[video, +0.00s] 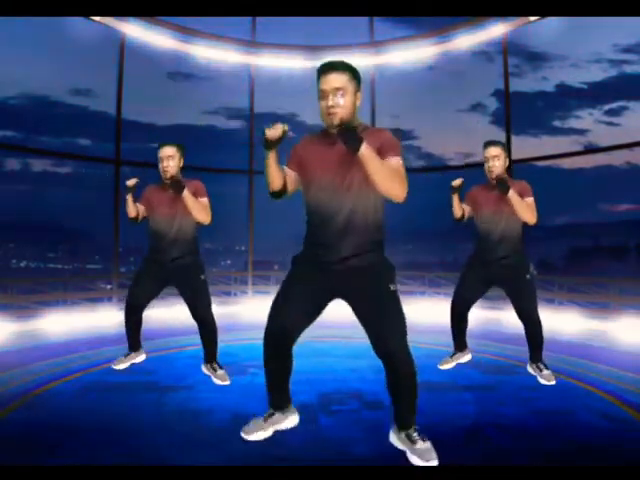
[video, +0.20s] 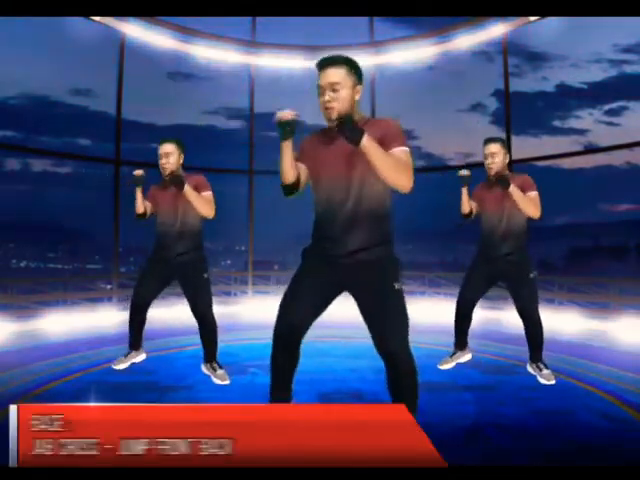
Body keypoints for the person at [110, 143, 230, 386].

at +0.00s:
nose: (166, 164)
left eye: (171, 159)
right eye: (162, 159)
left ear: (181, 161)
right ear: (158, 163)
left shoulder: (194, 187)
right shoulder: (152, 192)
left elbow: (205, 217)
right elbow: (134, 215)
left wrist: (182, 191)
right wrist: (130, 194)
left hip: (187, 264)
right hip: (156, 264)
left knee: (204, 315)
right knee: (133, 304)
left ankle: (211, 363)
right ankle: (135, 351)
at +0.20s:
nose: (164, 161)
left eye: (169, 155)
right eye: (161, 156)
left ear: (181, 158)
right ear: (159, 160)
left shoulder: (197, 181)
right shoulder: (157, 190)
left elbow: (209, 211)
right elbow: (141, 212)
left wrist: (184, 186)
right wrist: (138, 186)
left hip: (191, 257)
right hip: (162, 258)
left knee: (204, 312)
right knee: (139, 301)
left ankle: (211, 362)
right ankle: (135, 350)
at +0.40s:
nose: (167, 158)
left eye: (172, 154)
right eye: (165, 155)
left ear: (186, 156)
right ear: (164, 159)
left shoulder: (203, 181)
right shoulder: (160, 189)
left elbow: (213, 210)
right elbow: (145, 211)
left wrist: (190, 185)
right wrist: (140, 193)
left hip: (194, 258)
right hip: (164, 258)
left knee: (209, 312)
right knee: (140, 300)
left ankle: (212, 362)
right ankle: (134, 347)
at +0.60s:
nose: (163, 161)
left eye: (167, 156)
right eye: (161, 156)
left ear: (182, 158)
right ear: (160, 160)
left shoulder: (196, 185)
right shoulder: (154, 179)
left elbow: (203, 216)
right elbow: (122, 183)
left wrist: (183, 190)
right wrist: (105, 175)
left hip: (190, 260)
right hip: (161, 258)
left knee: (206, 314)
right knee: (139, 304)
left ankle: (212, 362)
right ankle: (142, 353)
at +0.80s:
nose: (152, 161)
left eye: (155, 156)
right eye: (152, 156)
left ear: (168, 158)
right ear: (158, 159)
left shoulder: (179, 181)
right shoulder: (161, 181)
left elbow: (166, 201)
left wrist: (147, 183)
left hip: (175, 256)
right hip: (158, 254)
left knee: (184, 309)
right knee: (136, 298)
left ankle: (221, 356)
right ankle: (142, 352)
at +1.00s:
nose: (157, 159)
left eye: (161, 155)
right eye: (157, 156)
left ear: (171, 156)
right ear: (165, 158)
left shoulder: (181, 177)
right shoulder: (167, 179)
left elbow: (146, 183)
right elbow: (156, 207)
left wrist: (121, 173)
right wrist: (151, 182)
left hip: (182, 257)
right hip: (164, 256)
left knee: (192, 312)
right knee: (142, 299)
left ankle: (221, 360)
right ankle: (142, 352)